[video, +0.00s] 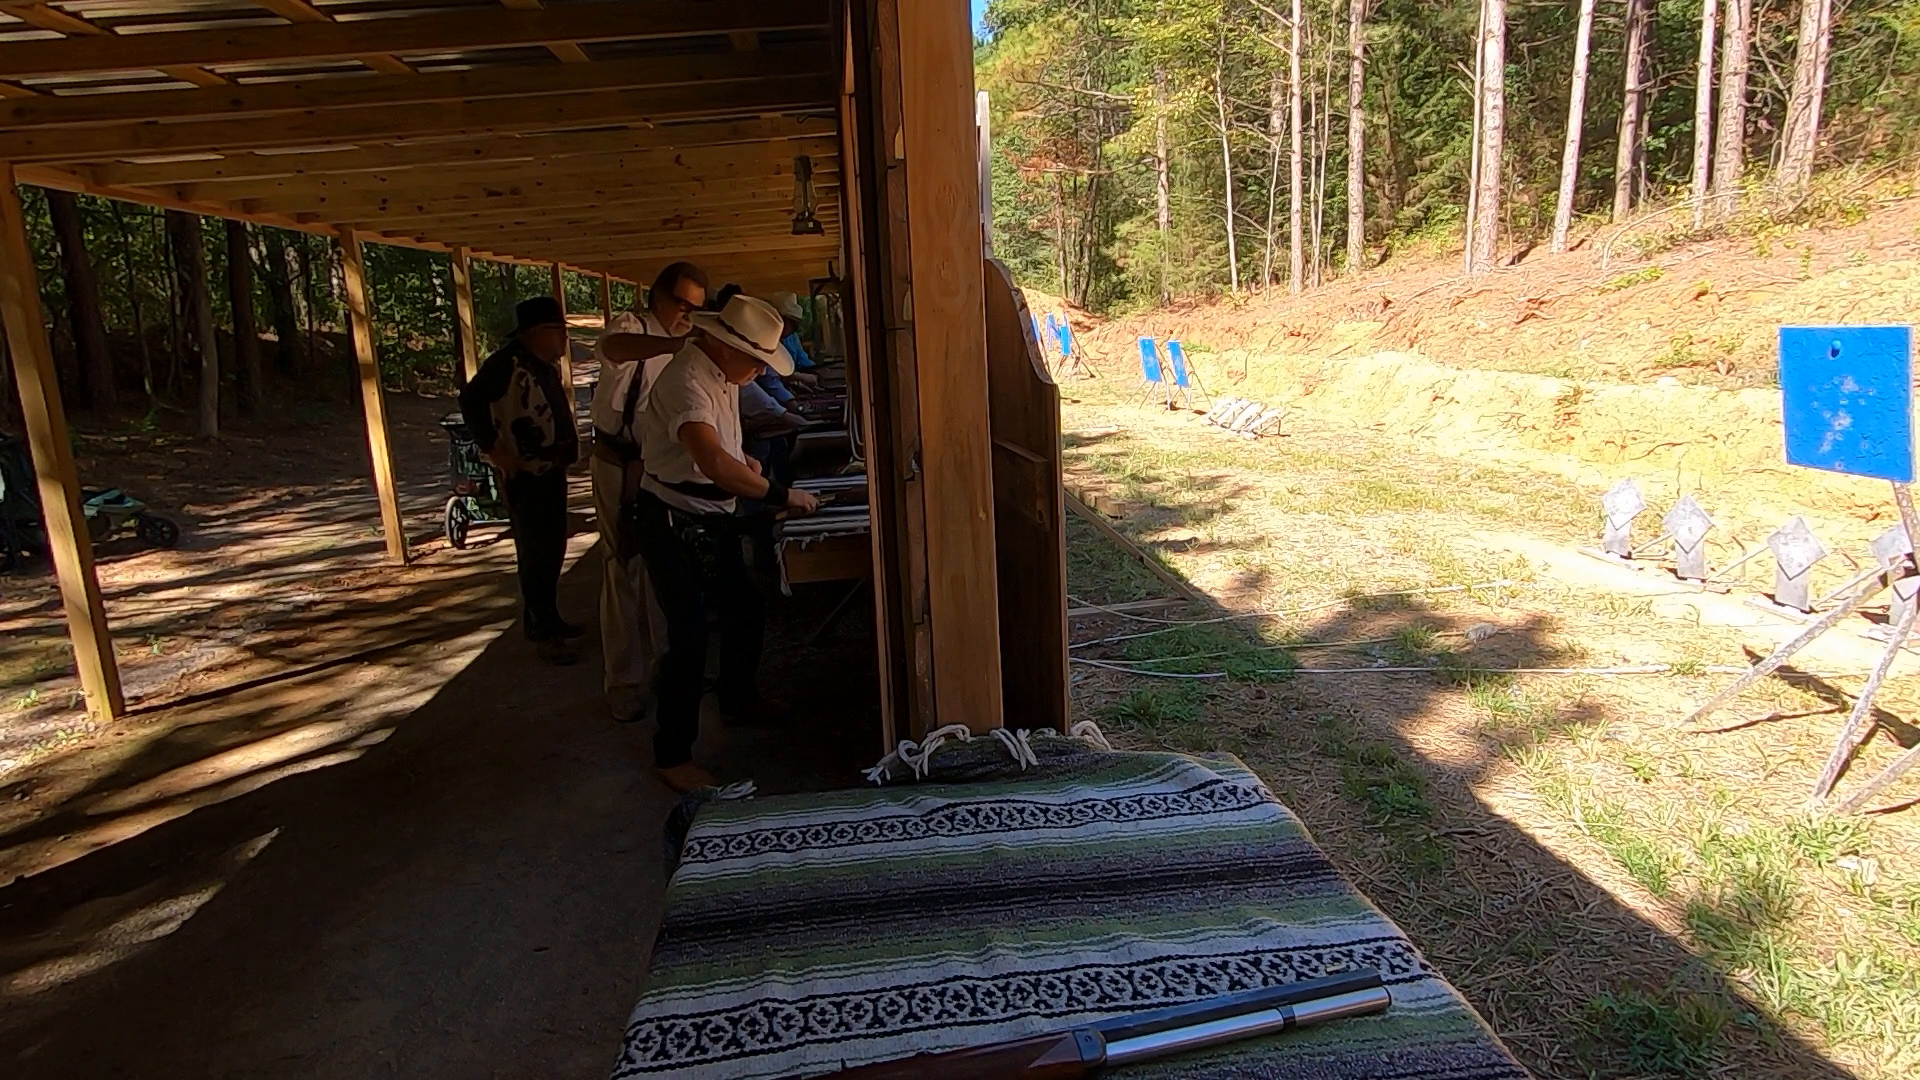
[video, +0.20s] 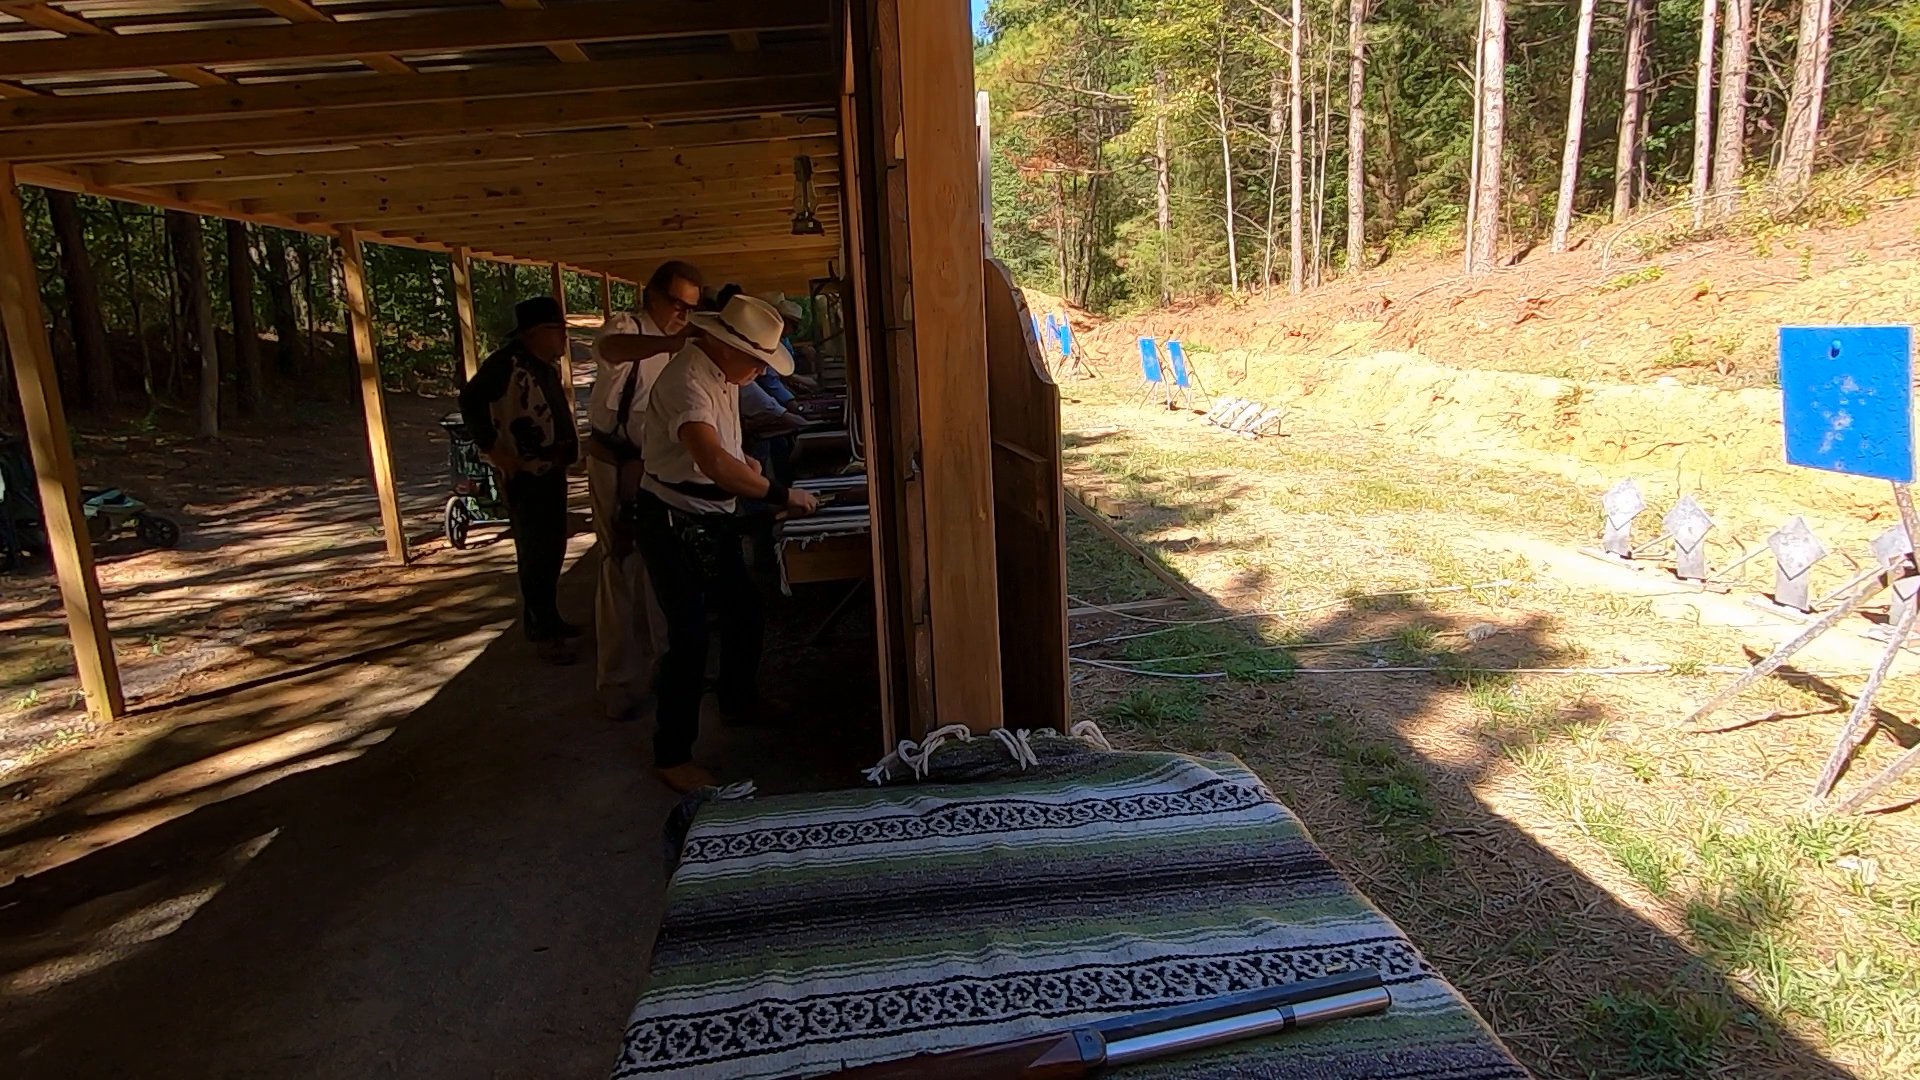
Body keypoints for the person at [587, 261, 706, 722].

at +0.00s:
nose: (687, 315)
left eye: (694, 309)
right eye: (682, 304)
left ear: (696, 310)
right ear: (657, 296)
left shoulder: (687, 344)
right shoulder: (630, 325)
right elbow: (610, 348)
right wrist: (676, 345)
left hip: (666, 462)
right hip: (617, 463)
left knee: (668, 564)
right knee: (624, 570)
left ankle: (669, 664)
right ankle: (623, 680)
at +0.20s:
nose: (683, 314)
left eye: (690, 308)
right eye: (677, 304)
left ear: (692, 310)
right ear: (651, 296)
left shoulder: (683, 344)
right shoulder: (625, 326)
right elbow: (608, 349)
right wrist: (671, 343)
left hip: (664, 459)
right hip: (615, 461)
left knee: (665, 562)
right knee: (620, 568)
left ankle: (670, 664)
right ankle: (616, 682)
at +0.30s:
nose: (675, 312)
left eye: (683, 307)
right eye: (669, 302)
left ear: (687, 308)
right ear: (643, 294)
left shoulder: (678, 341)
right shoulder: (619, 325)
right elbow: (597, 351)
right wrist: (662, 341)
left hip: (660, 459)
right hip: (609, 459)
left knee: (661, 564)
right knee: (612, 567)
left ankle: (668, 665)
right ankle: (600, 679)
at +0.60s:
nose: (636, 312)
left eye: (643, 303)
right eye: (627, 302)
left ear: (649, 303)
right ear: (601, 298)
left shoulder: (653, 344)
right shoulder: (575, 337)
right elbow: (537, 377)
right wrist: (607, 362)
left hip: (644, 473)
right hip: (584, 476)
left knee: (653, 580)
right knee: (569, 581)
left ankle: (670, 675)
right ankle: (545, 694)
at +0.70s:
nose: (615, 311)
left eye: (620, 304)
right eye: (605, 303)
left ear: (624, 304)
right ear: (577, 301)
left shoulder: (627, 351)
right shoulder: (549, 343)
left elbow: (640, 408)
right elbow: (512, 397)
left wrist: (644, 443)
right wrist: (573, 383)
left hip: (623, 475)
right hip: (567, 479)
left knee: (646, 575)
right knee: (559, 582)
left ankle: (666, 669)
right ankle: (544, 694)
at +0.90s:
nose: (568, 309)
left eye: (573, 300)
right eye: (557, 301)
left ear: (577, 301)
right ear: (528, 301)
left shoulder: (593, 354)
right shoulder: (499, 357)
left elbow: (614, 419)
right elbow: (462, 428)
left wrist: (640, 469)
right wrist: (517, 433)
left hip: (591, 480)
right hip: (533, 486)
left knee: (632, 563)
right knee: (537, 586)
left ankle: (663, 659)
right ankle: (543, 696)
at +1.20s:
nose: (525, 307)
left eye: (530, 298)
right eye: (513, 300)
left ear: (536, 299)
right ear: (483, 301)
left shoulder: (558, 353)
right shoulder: (454, 360)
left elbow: (585, 421)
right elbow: (436, 432)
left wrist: (614, 475)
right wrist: (473, 454)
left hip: (560, 481)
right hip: (502, 489)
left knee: (587, 576)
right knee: (520, 591)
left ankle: (594, 690)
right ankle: (539, 697)